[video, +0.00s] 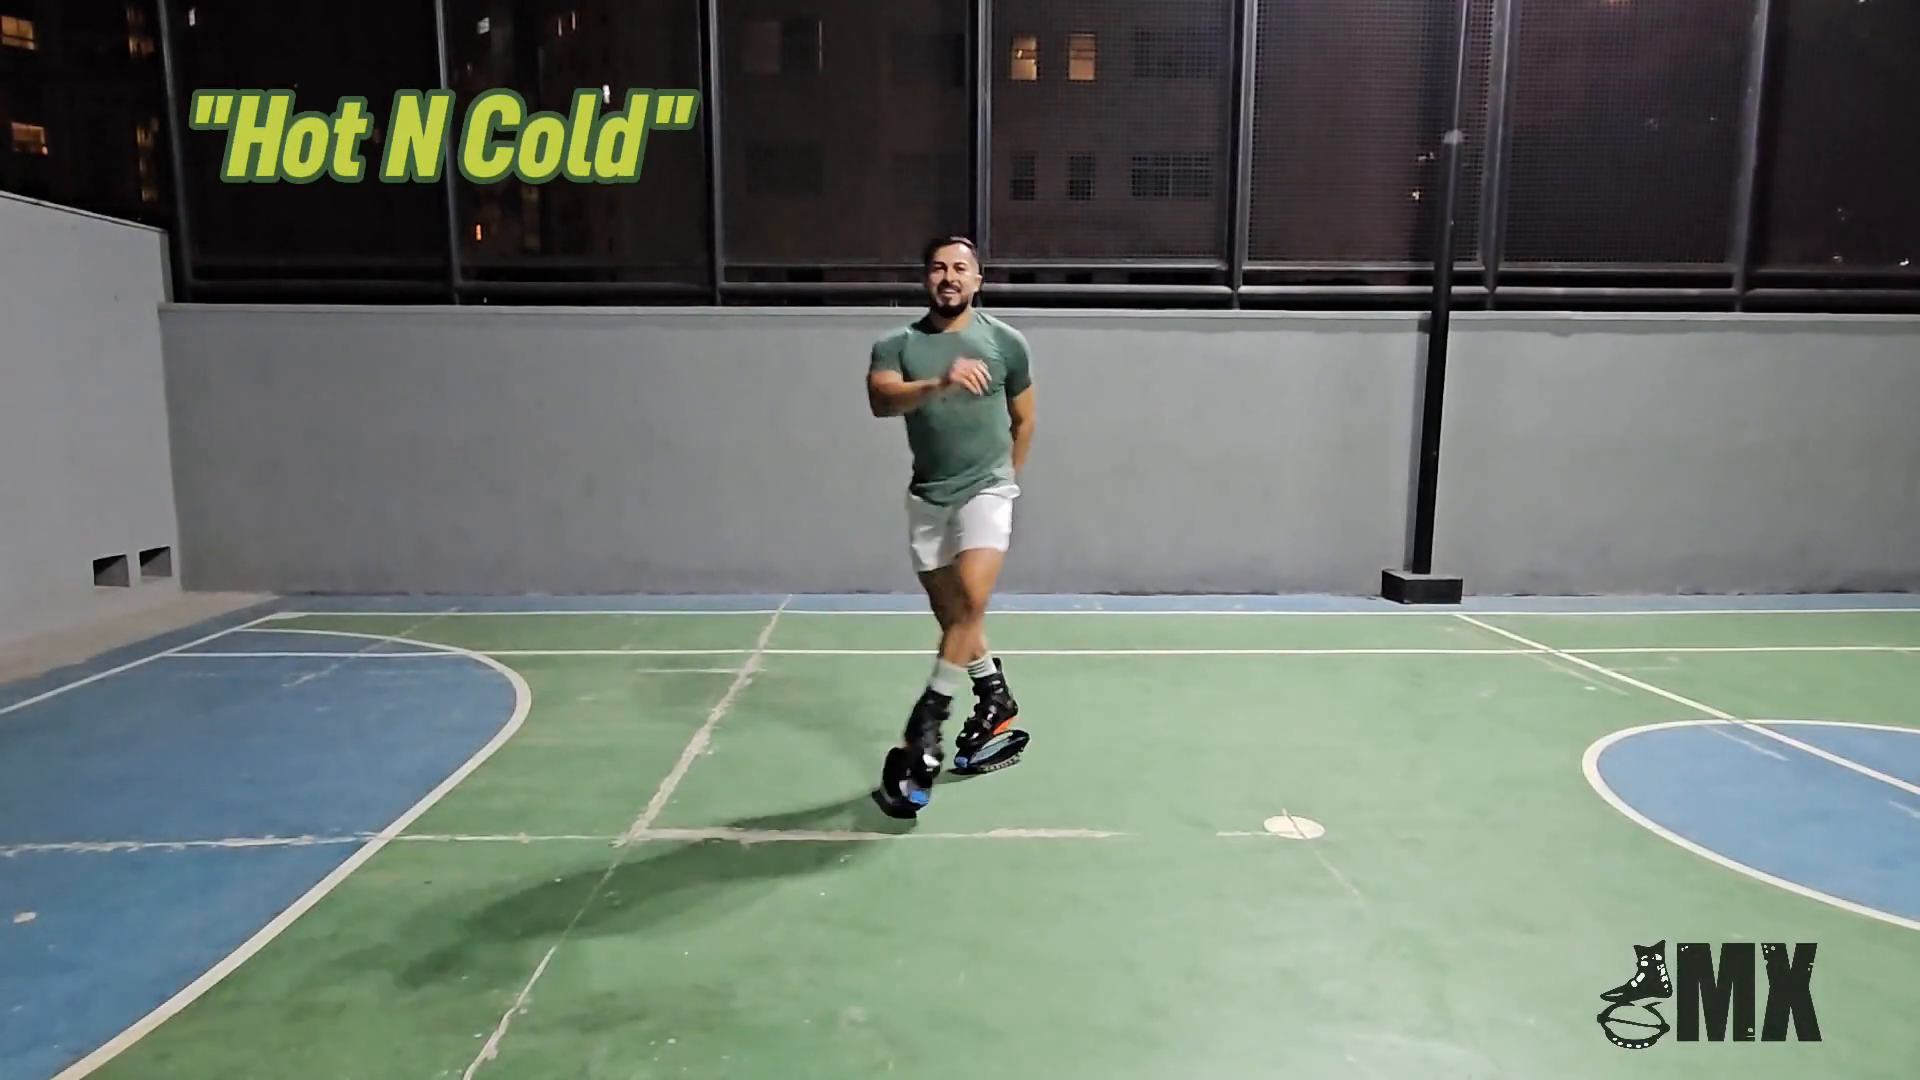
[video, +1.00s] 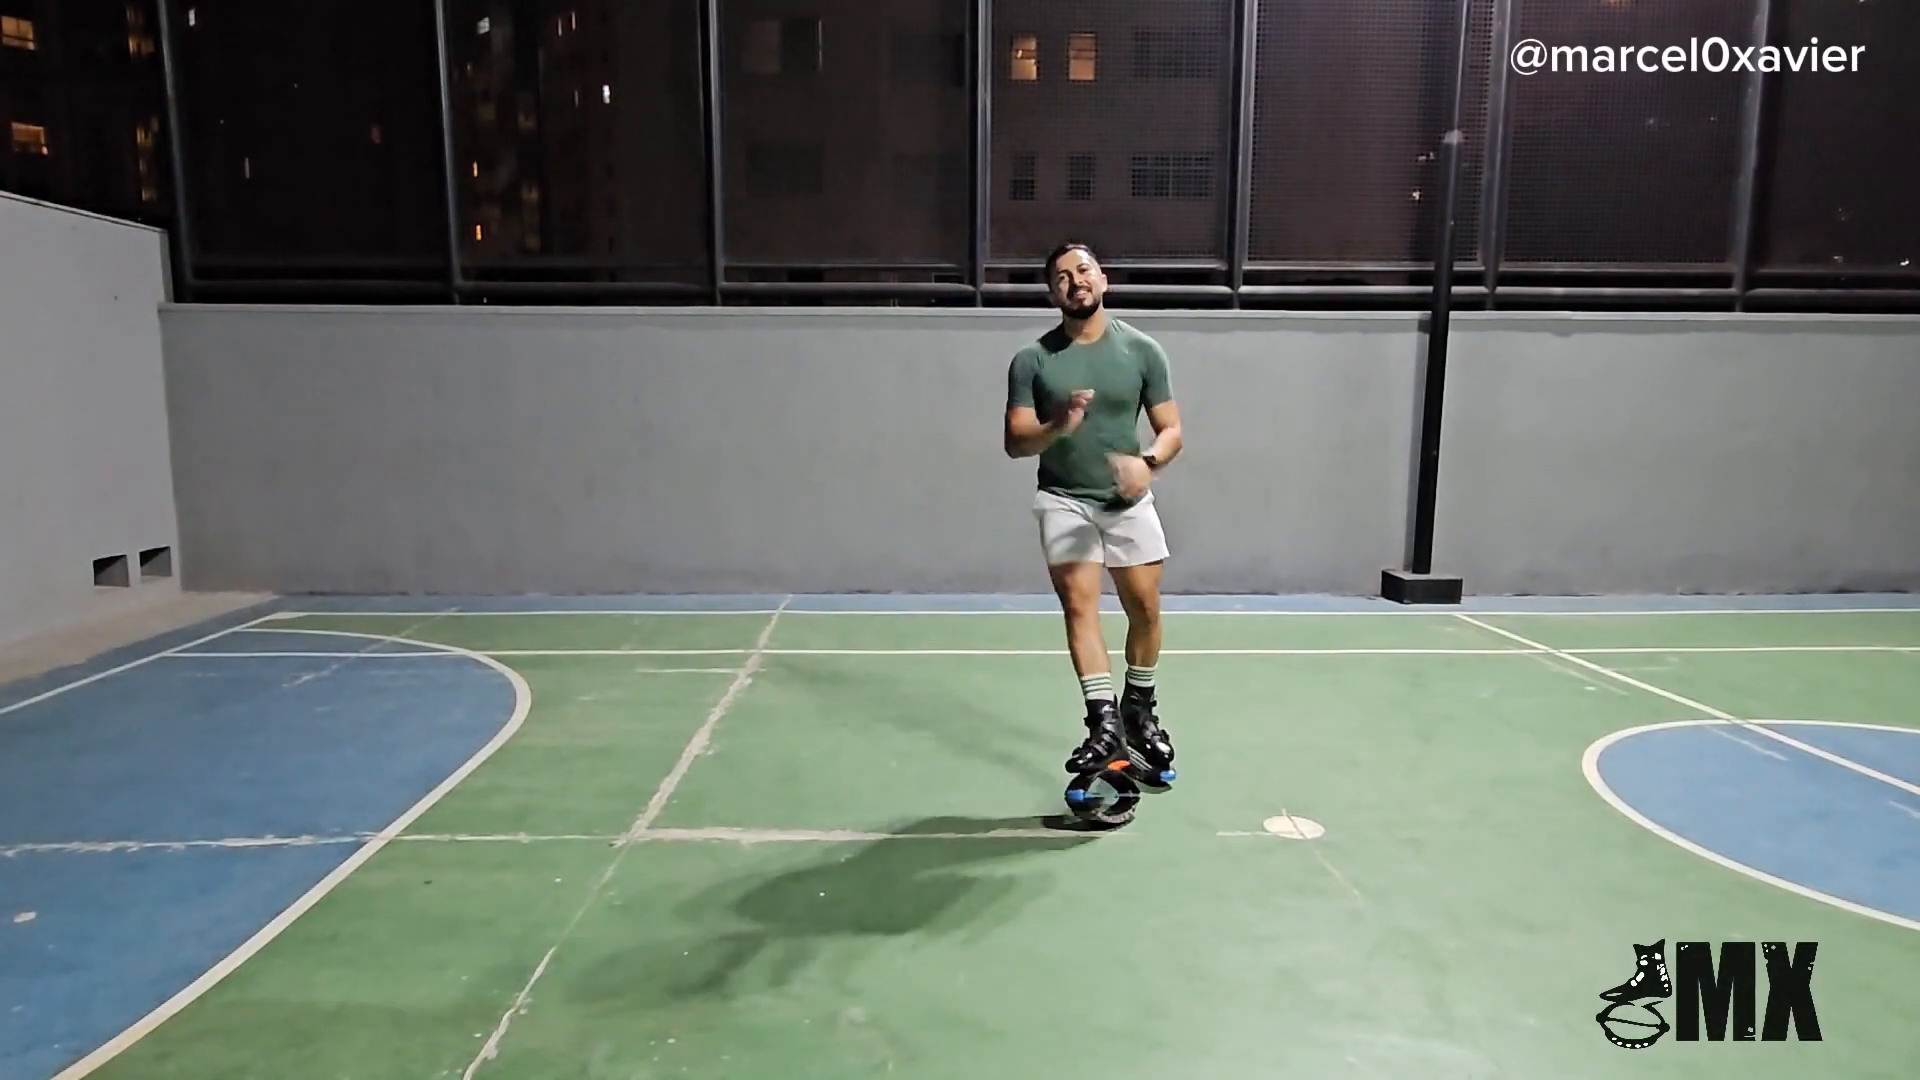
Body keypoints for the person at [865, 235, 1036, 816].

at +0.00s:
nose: (949, 276)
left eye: (961, 267)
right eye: (939, 268)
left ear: (978, 281)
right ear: (925, 281)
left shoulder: (1005, 343)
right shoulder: (897, 345)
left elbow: (1024, 420)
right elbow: (882, 402)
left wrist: (1005, 479)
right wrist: (938, 382)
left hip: (989, 489)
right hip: (929, 495)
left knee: (971, 597)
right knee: (949, 611)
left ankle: (927, 719)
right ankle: (996, 700)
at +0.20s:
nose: (994, 258)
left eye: (1004, 248)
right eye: (983, 252)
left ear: (1023, 260)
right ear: (971, 267)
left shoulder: (1052, 327)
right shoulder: (943, 336)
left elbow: (1083, 402)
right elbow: (922, 419)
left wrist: (1093, 474)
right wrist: (961, 455)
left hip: (1037, 467)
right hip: (973, 477)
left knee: (1056, 561)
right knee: (982, 584)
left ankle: (1041, 681)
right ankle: (999, 691)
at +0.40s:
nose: (1041, 257)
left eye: (1050, 248)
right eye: (1030, 251)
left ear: (1068, 262)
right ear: (1017, 269)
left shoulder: (1099, 330)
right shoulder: (990, 336)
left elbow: (1143, 399)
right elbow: (953, 413)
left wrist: (1193, 444)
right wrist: (923, 481)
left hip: (1084, 478)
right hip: (1016, 483)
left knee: (1110, 583)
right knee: (1006, 590)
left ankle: (1125, 698)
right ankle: (1010, 698)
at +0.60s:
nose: (1073, 269)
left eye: (1080, 258)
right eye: (1060, 264)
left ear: (1099, 268)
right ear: (1048, 282)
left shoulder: (1140, 335)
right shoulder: (1028, 349)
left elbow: (1189, 404)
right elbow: (978, 408)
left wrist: (1223, 390)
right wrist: (916, 437)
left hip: (1123, 485)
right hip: (1057, 481)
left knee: (1134, 597)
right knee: (1027, 580)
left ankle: (1135, 710)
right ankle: (1020, 688)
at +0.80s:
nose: (1082, 255)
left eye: (1088, 243)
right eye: (1069, 250)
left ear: (1108, 249)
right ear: (1058, 265)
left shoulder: (1149, 313)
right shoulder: (1038, 329)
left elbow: (1172, 391)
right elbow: (1017, 406)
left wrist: (1143, 395)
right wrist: (1032, 417)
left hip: (1131, 468)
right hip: (1066, 468)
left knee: (1139, 583)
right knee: (1071, 577)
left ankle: (1137, 696)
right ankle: (1078, 704)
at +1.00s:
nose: (1076, 282)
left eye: (1083, 271)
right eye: (1064, 277)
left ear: (1103, 280)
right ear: (1053, 294)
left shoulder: (1142, 351)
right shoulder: (1031, 360)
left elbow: (1171, 431)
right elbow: (1017, 441)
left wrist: (1149, 463)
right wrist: (1058, 427)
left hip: (1130, 501)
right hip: (1065, 503)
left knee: (1146, 609)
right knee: (1078, 606)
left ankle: (1140, 713)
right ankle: (1103, 728)